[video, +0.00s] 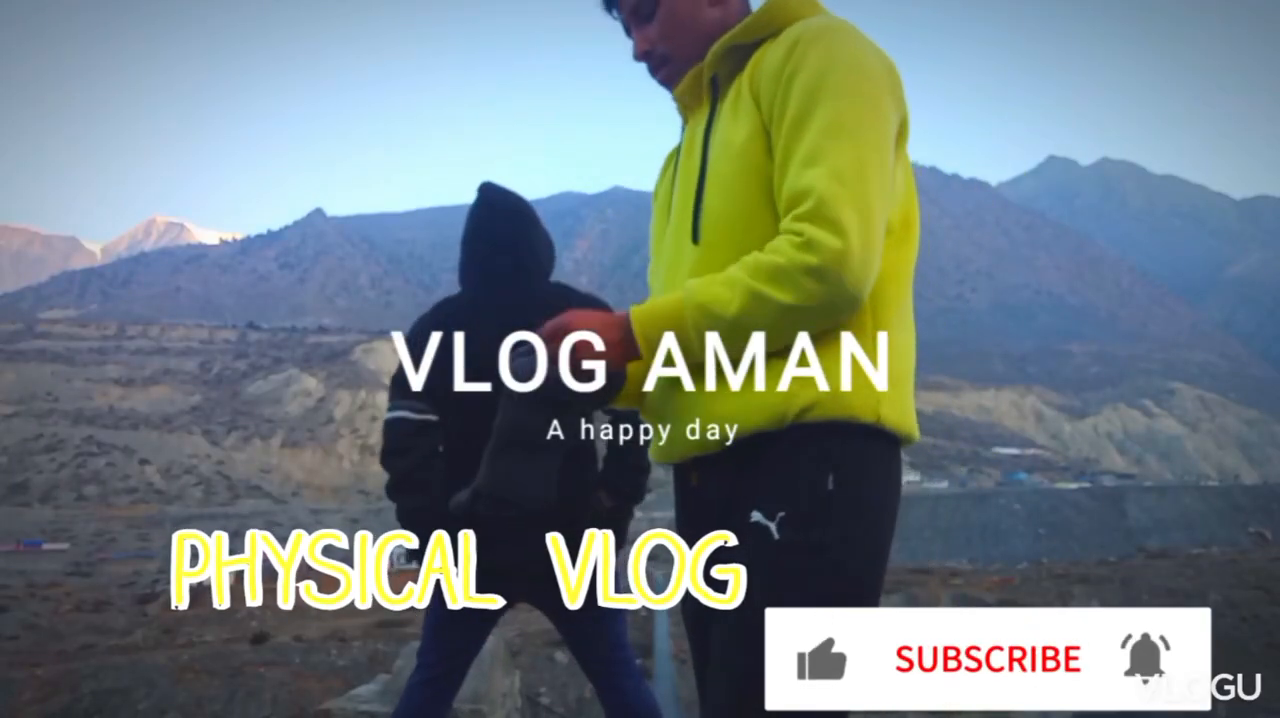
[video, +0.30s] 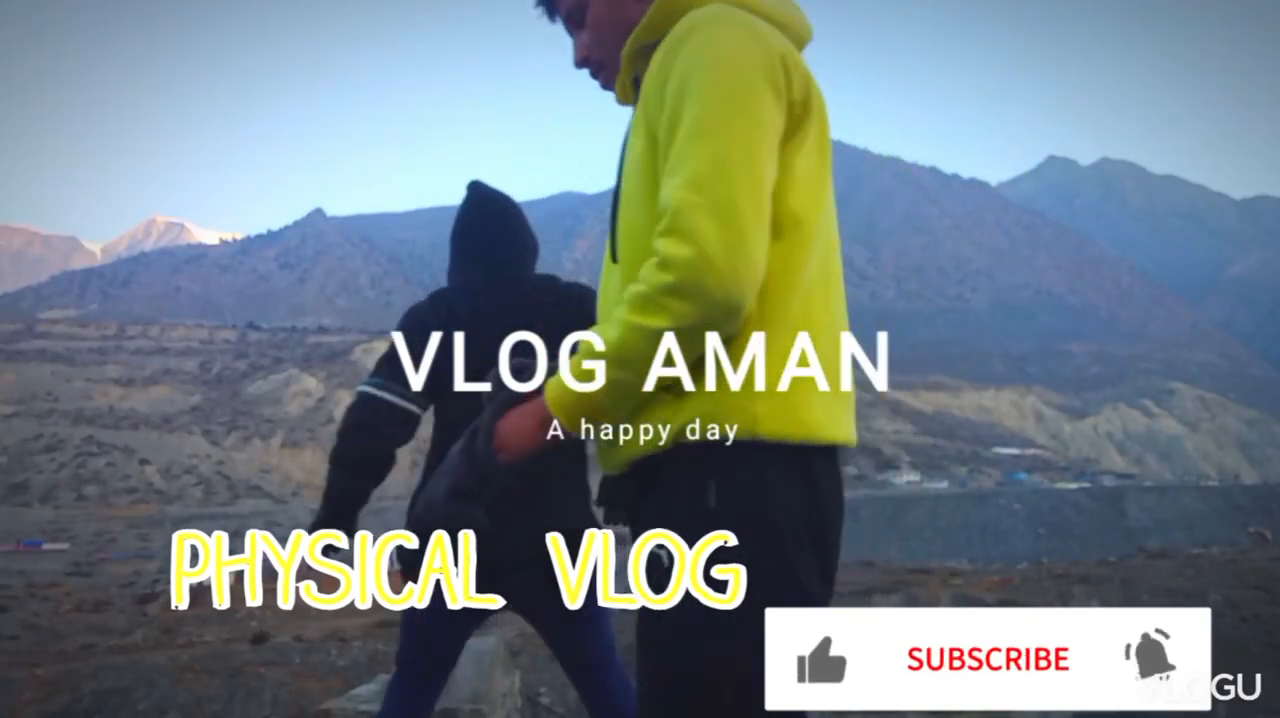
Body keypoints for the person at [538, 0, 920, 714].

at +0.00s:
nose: (635, 45)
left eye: (642, 13)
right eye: (624, 26)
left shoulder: (824, 51)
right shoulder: (681, 155)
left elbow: (829, 263)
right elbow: (699, 338)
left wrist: (637, 334)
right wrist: (614, 364)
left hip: (815, 454)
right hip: (714, 464)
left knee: (793, 698)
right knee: (728, 697)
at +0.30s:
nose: (578, 56)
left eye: (573, 19)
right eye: (565, 31)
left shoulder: (720, 43)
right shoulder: (696, 60)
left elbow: (709, 270)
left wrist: (556, 405)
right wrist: (565, 401)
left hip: (732, 466)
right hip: (704, 466)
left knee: (712, 702)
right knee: (703, 700)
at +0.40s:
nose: (548, 45)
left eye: (544, 12)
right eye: (538, 21)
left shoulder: (673, 41)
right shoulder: (673, 48)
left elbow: (663, 286)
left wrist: (505, 402)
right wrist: (520, 393)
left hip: (695, 466)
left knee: (677, 700)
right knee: (682, 699)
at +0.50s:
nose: (513, 31)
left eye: (514, 7)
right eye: (508, 14)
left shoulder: (620, 46)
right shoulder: (674, 45)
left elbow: (635, 310)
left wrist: (474, 382)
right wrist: (487, 375)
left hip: (660, 465)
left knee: (641, 702)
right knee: (670, 701)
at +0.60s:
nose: (487, 29)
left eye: (488, 7)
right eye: (485, 13)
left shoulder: (587, 41)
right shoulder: (647, 40)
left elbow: (597, 314)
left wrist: (446, 384)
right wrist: (454, 378)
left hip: (637, 457)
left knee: (626, 699)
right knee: (647, 697)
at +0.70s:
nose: (469, 23)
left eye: (472, 5)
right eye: (469, 10)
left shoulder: (563, 39)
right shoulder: (635, 38)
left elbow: (564, 317)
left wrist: (419, 404)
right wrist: (432, 390)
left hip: (615, 461)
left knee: (608, 700)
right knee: (640, 698)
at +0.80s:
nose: (458, 21)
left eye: (461, 1)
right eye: (456, 8)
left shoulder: (555, 42)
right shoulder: (627, 43)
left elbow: (544, 317)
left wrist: (397, 412)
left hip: (597, 461)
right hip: (651, 452)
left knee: (601, 701)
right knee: (636, 699)